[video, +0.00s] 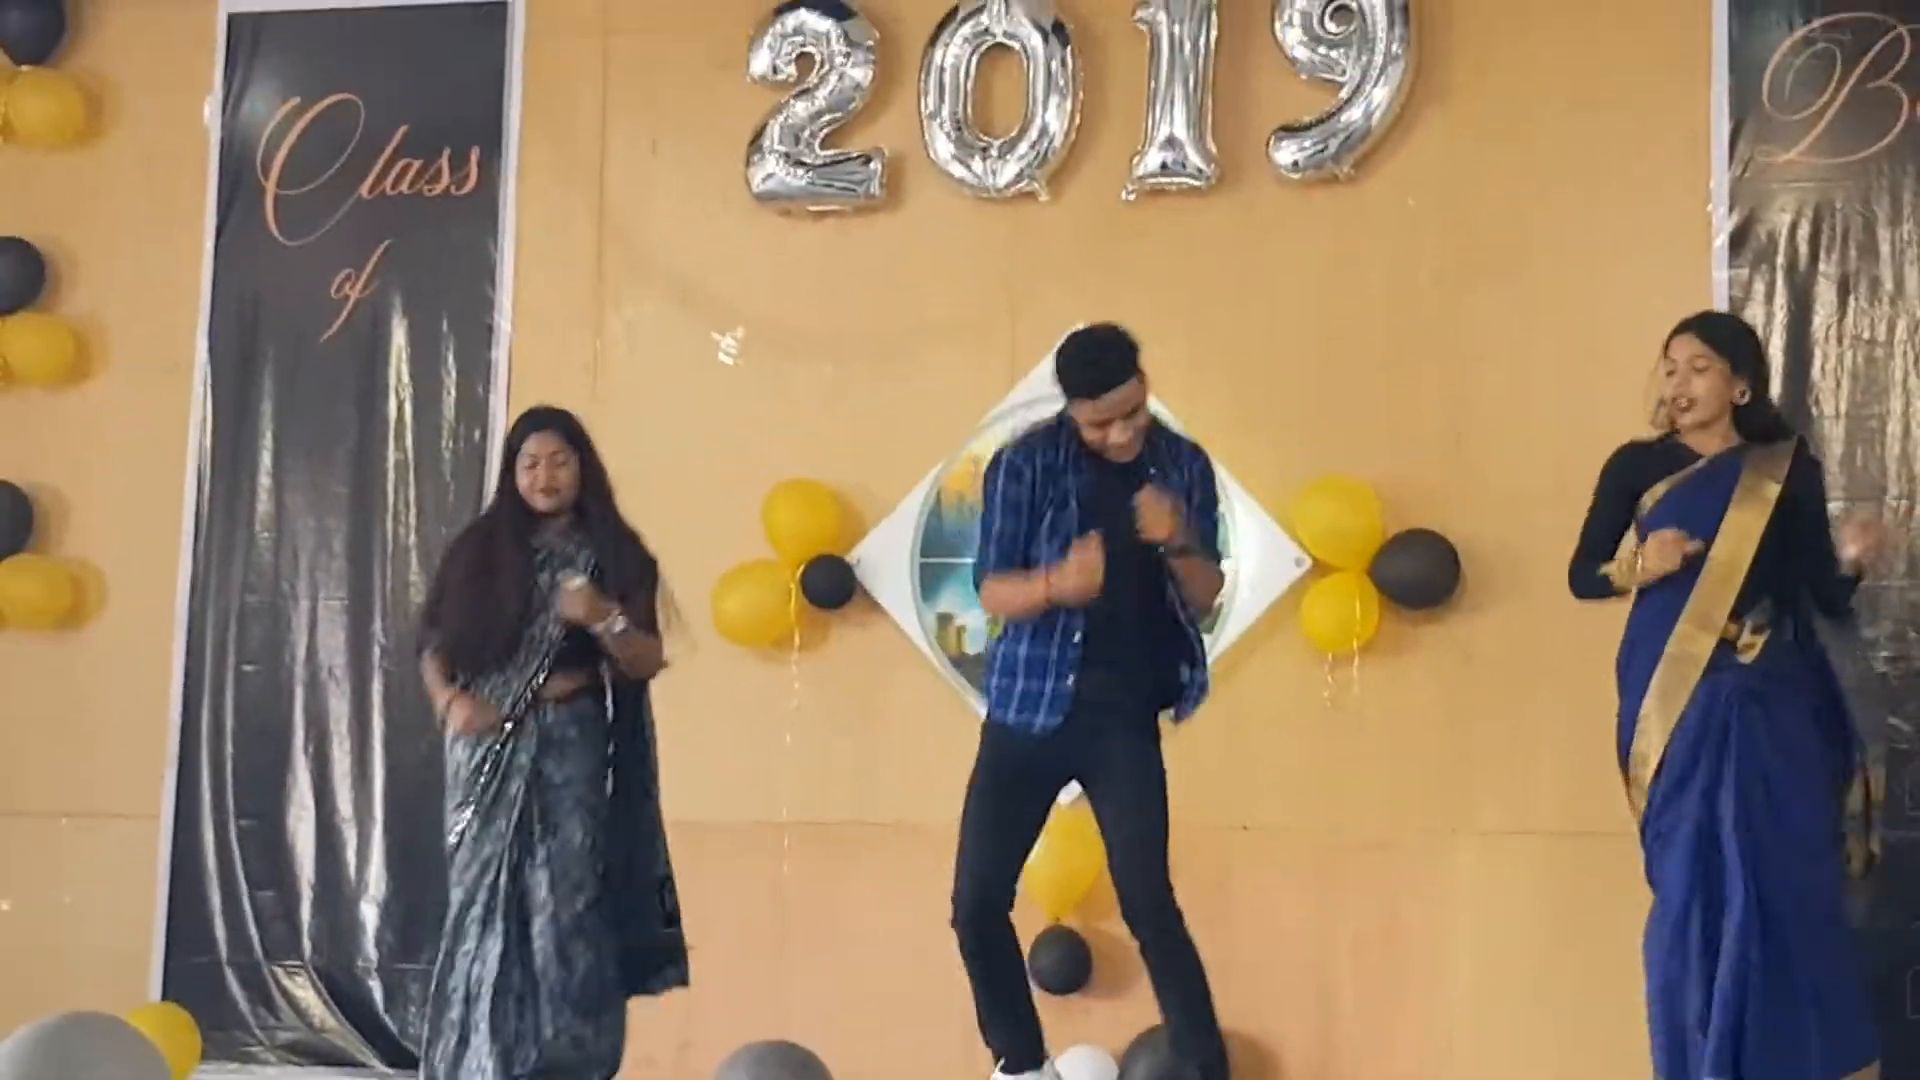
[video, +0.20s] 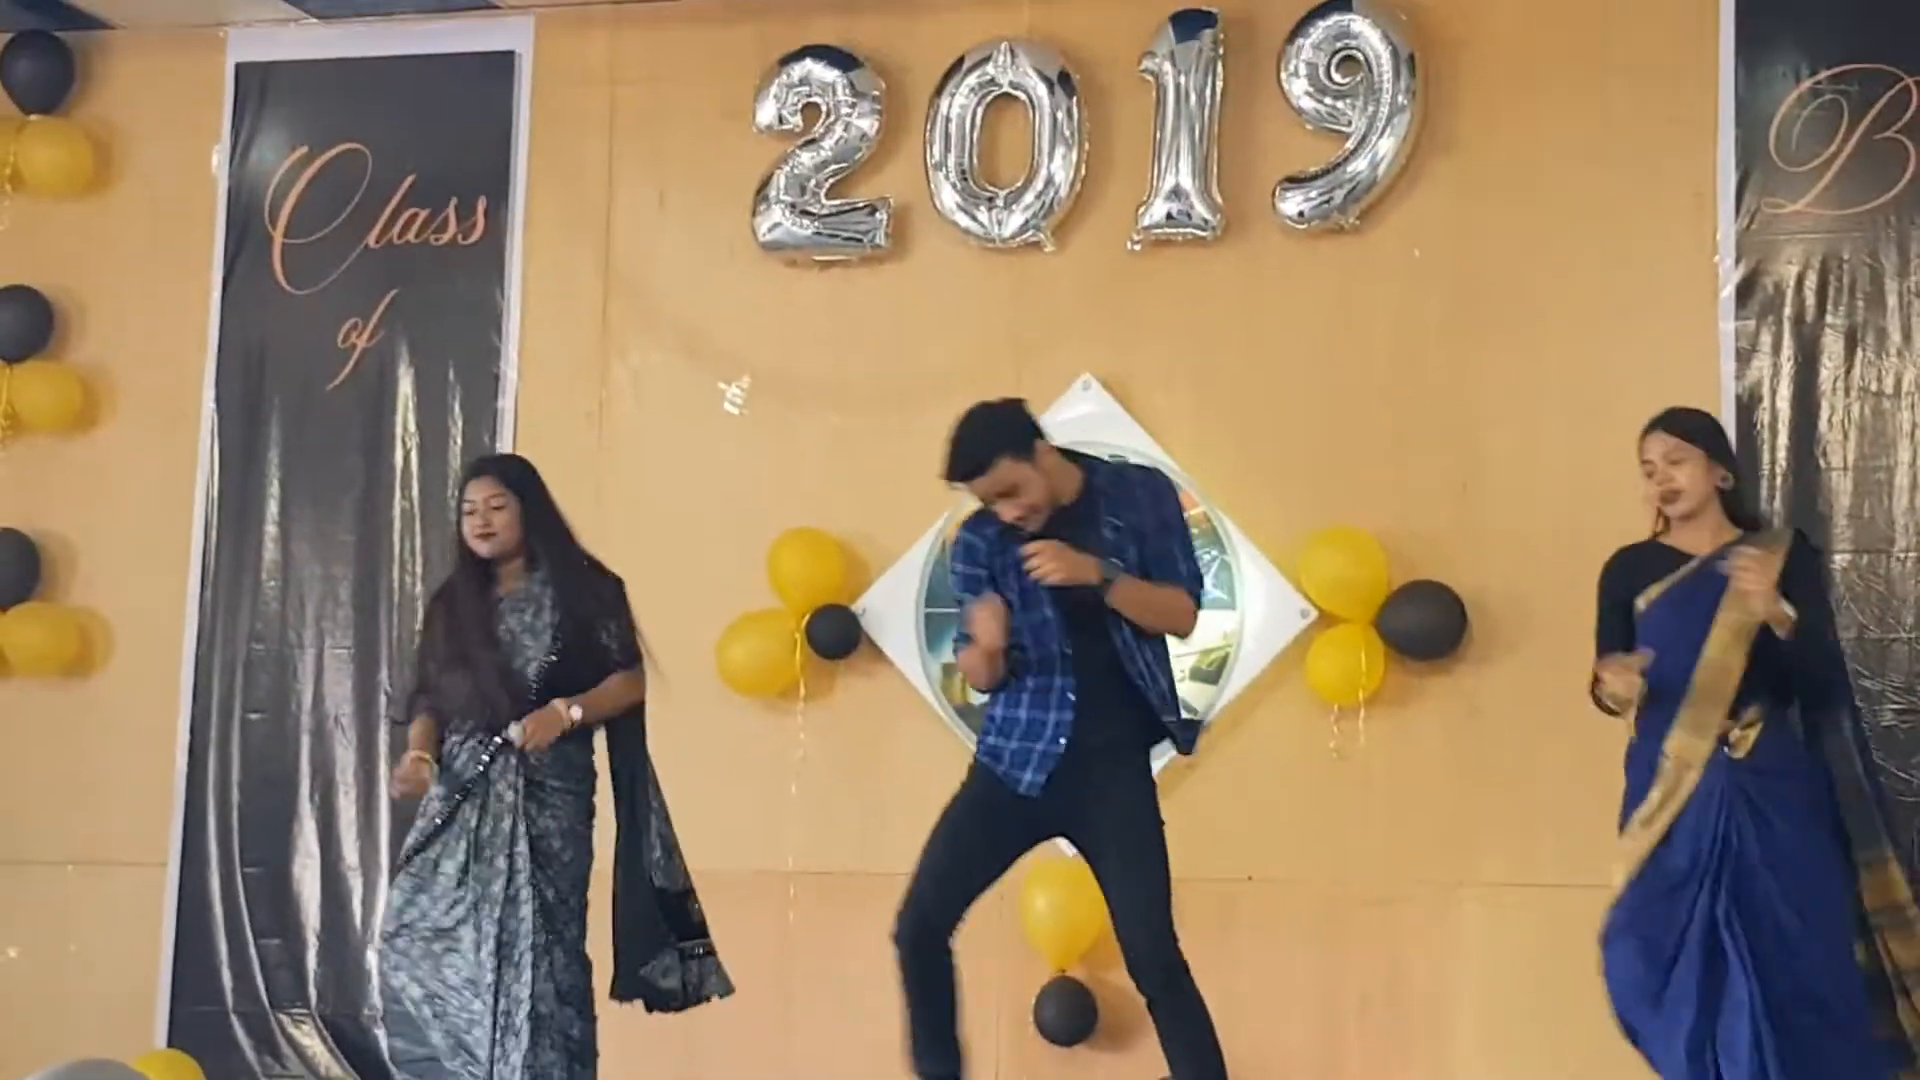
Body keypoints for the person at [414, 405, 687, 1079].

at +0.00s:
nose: (544, 474)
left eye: (559, 460)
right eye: (530, 463)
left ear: (583, 469)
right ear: (513, 475)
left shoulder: (619, 553)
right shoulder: (479, 549)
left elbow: (647, 660)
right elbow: (432, 647)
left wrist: (603, 621)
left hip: (577, 746)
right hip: (487, 748)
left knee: (571, 914)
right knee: (485, 911)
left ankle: (569, 1062)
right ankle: (482, 1062)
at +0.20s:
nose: (481, 521)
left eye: (497, 506)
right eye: (470, 509)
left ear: (530, 512)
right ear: (459, 521)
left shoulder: (589, 587)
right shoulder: (451, 602)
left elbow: (632, 682)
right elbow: (428, 697)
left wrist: (568, 711)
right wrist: (420, 751)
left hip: (550, 797)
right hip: (464, 797)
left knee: (543, 954)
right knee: (427, 945)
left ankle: (539, 1069)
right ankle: (455, 1068)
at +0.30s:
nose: (445, 530)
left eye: (460, 516)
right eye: (434, 520)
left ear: (494, 522)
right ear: (423, 534)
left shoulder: (545, 592)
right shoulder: (420, 618)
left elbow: (609, 686)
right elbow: (404, 718)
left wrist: (551, 740)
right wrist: (394, 763)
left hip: (522, 803)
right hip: (437, 808)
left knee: (519, 966)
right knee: (418, 962)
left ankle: (516, 1068)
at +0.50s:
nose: (382, 532)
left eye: (399, 521)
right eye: (371, 521)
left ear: (427, 536)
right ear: (357, 536)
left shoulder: (469, 617)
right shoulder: (339, 625)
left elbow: (526, 706)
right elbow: (322, 723)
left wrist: (490, 762)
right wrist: (295, 755)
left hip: (442, 823)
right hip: (356, 823)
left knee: (441, 983)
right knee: (340, 977)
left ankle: (447, 1073)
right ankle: (338, 1072)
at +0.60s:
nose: (361, 502)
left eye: (379, 492)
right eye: (351, 491)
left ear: (407, 508)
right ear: (337, 505)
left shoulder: (442, 585)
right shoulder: (316, 590)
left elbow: (503, 673)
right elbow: (291, 688)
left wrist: (457, 722)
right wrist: (254, 693)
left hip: (417, 788)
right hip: (334, 789)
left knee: (420, 949)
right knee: (325, 945)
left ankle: (428, 1069)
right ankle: (322, 1068)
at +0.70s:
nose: (348, 450)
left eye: (365, 439)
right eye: (338, 438)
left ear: (392, 453)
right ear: (320, 452)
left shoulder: (425, 528)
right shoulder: (297, 534)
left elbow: (482, 615)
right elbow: (258, 636)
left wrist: (427, 665)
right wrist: (232, 623)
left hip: (402, 742)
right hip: (318, 743)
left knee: (399, 905)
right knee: (312, 899)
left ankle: (397, 1059)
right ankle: (306, 1056)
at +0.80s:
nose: (333, 391)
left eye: (350, 378)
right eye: (322, 377)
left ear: (377, 389)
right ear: (306, 387)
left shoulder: (406, 467)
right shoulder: (285, 470)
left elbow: (454, 561)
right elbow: (255, 558)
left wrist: (395, 611)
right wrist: (234, 580)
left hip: (383, 671)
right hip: (299, 667)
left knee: (379, 831)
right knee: (293, 820)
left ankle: (384, 1009)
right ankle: (279, 1004)